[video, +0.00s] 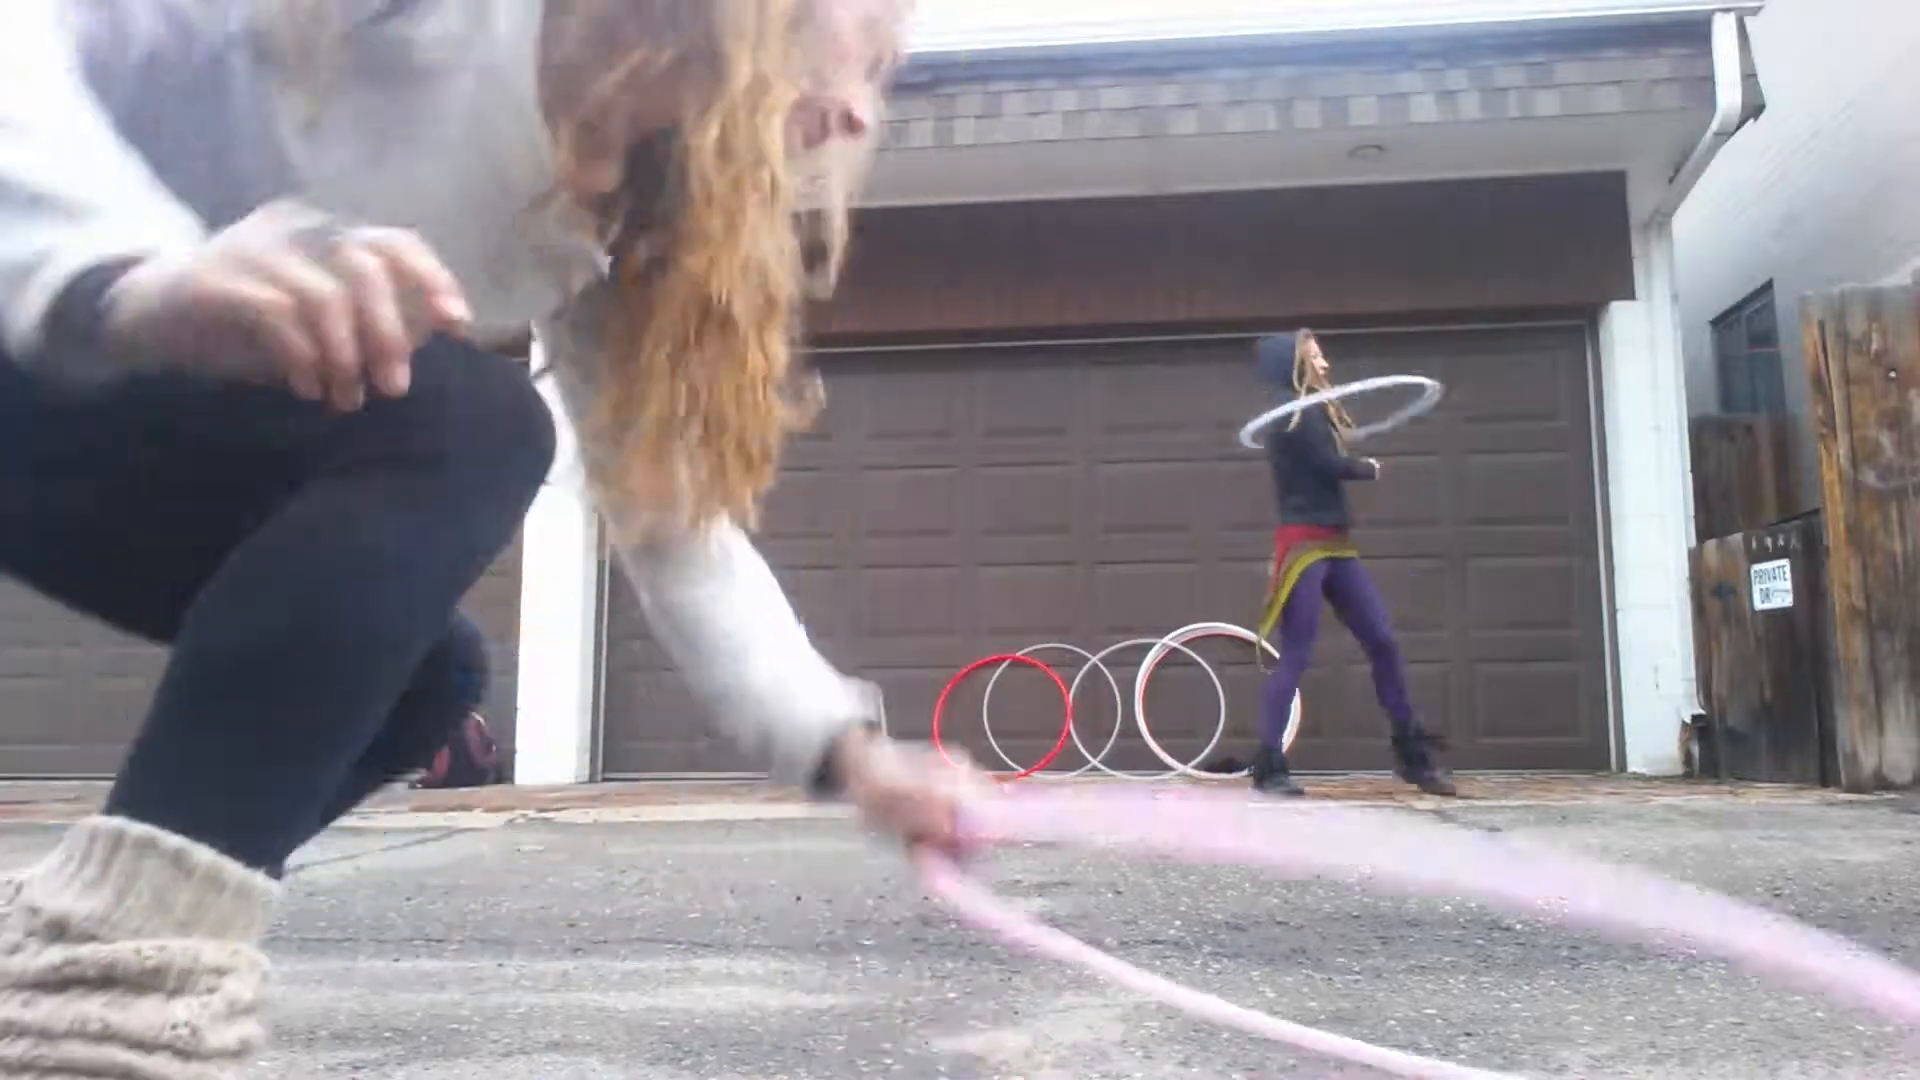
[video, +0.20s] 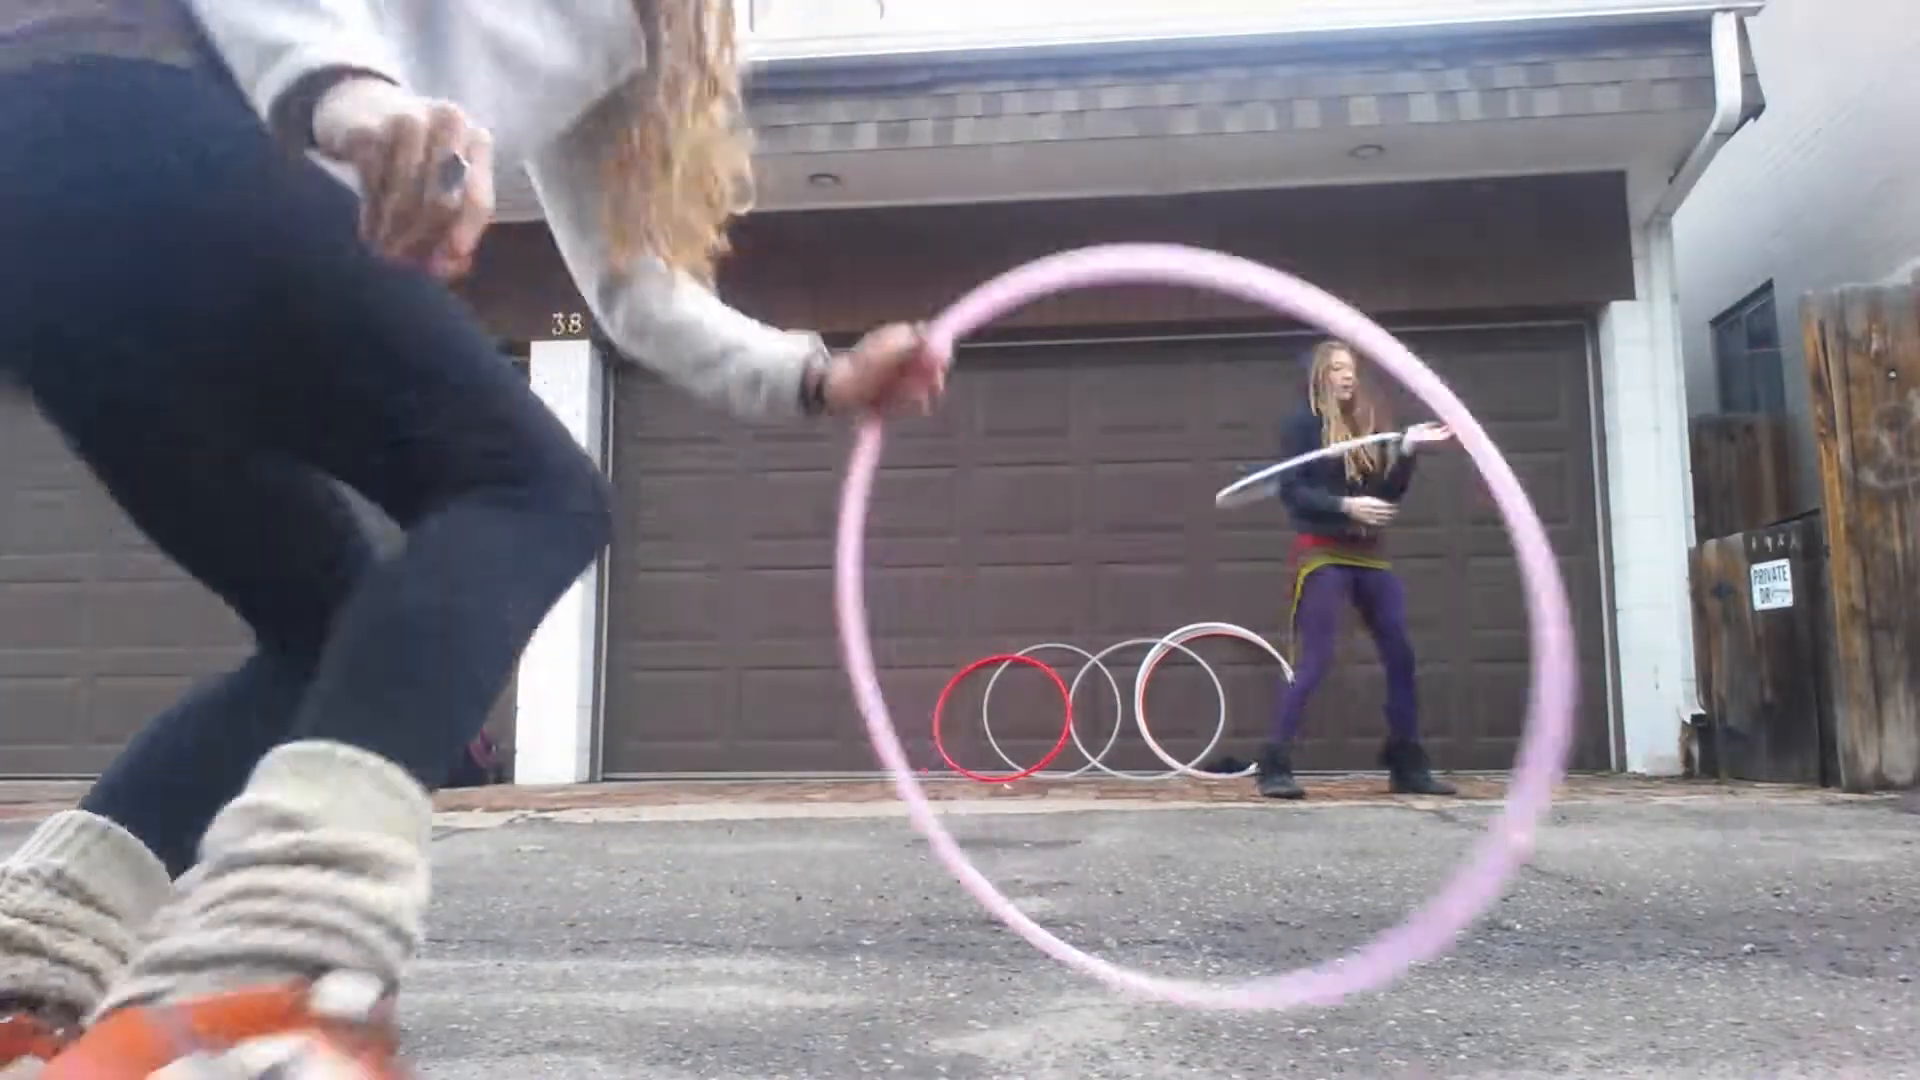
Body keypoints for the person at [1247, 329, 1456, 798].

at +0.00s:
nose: (1324, 363)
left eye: (1321, 355)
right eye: (1314, 357)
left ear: (1307, 363)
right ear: (1295, 367)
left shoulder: (1315, 409)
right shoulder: (1294, 411)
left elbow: (1319, 465)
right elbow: (1324, 463)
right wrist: (1366, 468)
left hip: (1335, 543)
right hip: (1303, 546)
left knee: (1382, 644)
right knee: (1295, 651)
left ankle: (1412, 753)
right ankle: (1269, 762)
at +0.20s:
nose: (1344, 377)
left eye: (1349, 369)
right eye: (1335, 370)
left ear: (1358, 376)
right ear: (1318, 377)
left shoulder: (1372, 426)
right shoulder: (1303, 426)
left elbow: (1387, 498)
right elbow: (1293, 492)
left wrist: (1407, 451)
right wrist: (1346, 506)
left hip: (1367, 553)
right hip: (1321, 552)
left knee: (1400, 655)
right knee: (1315, 659)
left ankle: (1407, 763)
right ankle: (1275, 763)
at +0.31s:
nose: (1355, 384)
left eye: (1360, 376)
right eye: (1346, 376)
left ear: (1371, 383)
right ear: (1329, 383)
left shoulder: (1385, 434)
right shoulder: (1308, 431)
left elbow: (1401, 500)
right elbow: (1293, 497)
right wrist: (1282, 492)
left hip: (1381, 559)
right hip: (1330, 558)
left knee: (1414, 662)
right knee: (1324, 658)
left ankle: (1408, 765)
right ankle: (1280, 761)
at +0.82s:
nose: (1327, 376)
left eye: (1332, 369)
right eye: (1319, 368)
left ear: (1342, 376)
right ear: (1302, 375)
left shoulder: (1354, 422)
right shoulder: (1286, 424)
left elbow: (1383, 474)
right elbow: (1283, 488)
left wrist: (1354, 425)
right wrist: (1348, 487)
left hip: (1351, 549)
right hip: (1306, 554)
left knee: (1420, 614)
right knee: (1313, 663)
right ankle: (1283, 761)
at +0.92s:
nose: (1329, 375)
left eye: (1331, 367)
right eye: (1319, 369)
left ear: (1334, 372)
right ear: (1300, 375)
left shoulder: (1336, 420)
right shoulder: (1283, 424)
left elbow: (1368, 467)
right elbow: (1287, 494)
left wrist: (1400, 466)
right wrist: (1350, 503)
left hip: (1345, 549)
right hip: (1306, 556)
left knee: (1424, 590)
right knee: (1314, 663)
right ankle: (1283, 762)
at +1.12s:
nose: (1343, 370)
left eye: (1342, 362)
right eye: (1336, 362)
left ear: (1322, 367)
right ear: (1314, 366)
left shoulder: (1325, 411)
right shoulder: (1305, 406)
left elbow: (1318, 480)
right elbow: (1352, 463)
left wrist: (1356, 496)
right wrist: (1381, 477)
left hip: (1348, 543)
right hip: (1312, 548)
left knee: (1423, 597)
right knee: (1312, 656)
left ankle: (1387, 682)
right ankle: (1282, 761)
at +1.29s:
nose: (1362, 367)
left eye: (1362, 359)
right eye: (1354, 359)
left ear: (1350, 364)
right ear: (1331, 364)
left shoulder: (1354, 406)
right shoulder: (1312, 402)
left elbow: (1354, 465)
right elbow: (1350, 449)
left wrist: (1384, 457)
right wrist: (1384, 456)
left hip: (1372, 544)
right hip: (1328, 547)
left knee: (1417, 646)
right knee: (1313, 658)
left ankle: (1446, 761)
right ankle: (1282, 765)